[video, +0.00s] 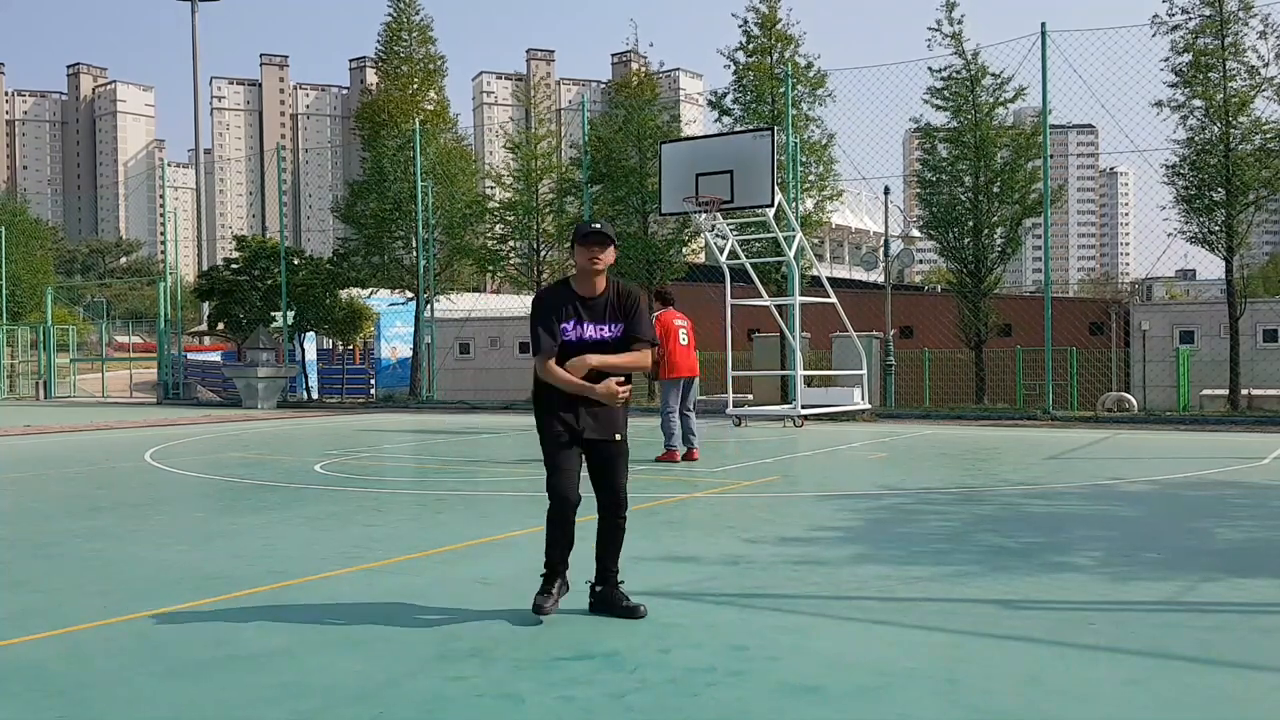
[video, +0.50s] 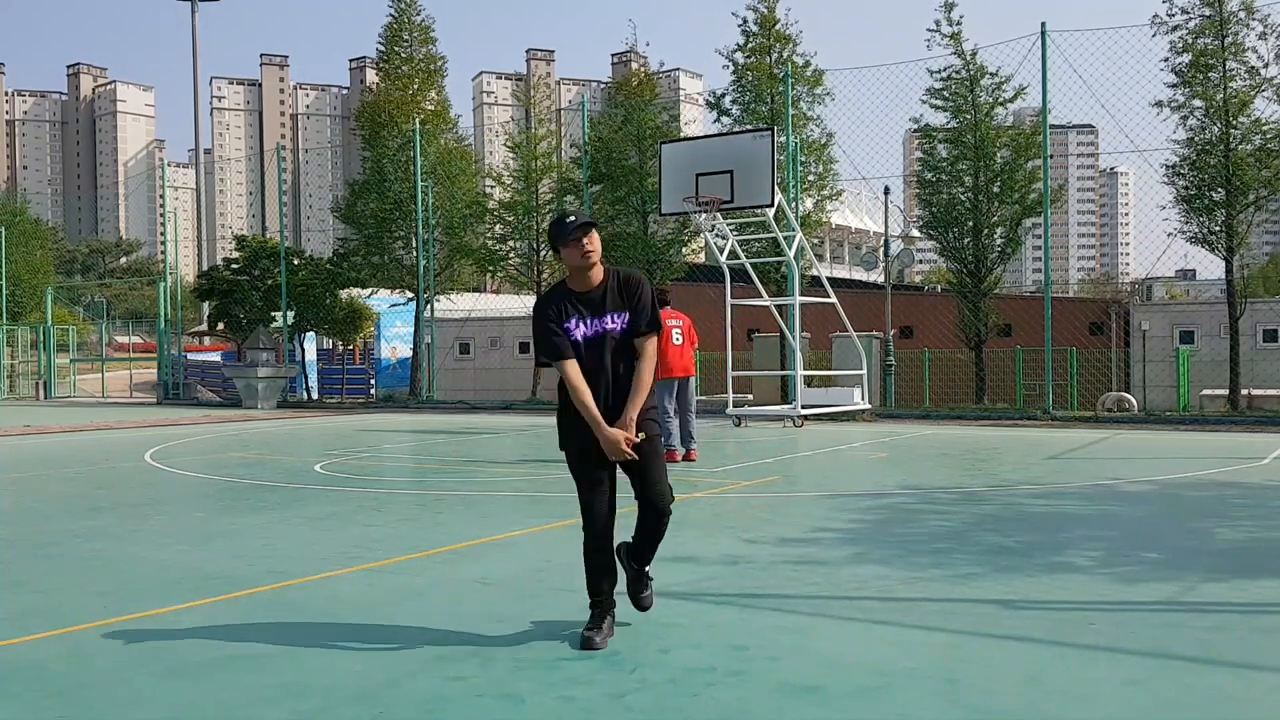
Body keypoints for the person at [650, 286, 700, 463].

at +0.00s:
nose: (653, 304)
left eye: (654, 301)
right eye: (654, 301)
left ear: (657, 302)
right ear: (671, 302)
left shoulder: (658, 318)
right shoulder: (685, 318)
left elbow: (655, 345)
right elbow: (692, 345)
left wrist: (653, 364)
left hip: (673, 367)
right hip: (692, 366)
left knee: (669, 409)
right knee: (688, 409)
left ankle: (672, 449)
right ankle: (692, 448)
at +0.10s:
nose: (653, 305)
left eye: (653, 301)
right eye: (654, 301)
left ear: (657, 302)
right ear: (671, 301)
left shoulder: (658, 317)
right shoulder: (684, 318)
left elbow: (656, 346)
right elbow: (693, 343)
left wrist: (653, 365)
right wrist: (686, 358)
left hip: (670, 366)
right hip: (691, 366)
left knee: (669, 409)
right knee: (688, 409)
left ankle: (671, 449)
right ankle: (691, 448)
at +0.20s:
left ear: (656, 302)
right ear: (671, 301)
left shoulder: (657, 318)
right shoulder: (684, 318)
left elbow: (655, 346)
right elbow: (693, 343)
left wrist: (652, 362)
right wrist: (683, 355)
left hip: (669, 366)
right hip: (689, 366)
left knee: (668, 409)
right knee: (689, 409)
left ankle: (671, 449)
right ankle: (691, 448)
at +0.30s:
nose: (652, 305)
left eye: (652, 302)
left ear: (655, 302)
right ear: (670, 301)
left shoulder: (655, 318)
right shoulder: (684, 318)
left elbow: (652, 347)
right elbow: (694, 344)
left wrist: (650, 367)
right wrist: (686, 359)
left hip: (668, 367)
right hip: (688, 367)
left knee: (667, 410)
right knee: (689, 410)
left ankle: (671, 449)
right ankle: (691, 449)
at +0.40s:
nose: (652, 307)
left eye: (652, 303)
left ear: (653, 303)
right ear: (669, 301)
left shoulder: (654, 318)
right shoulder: (684, 318)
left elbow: (648, 345)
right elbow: (694, 344)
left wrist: (647, 367)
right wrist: (685, 359)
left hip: (667, 367)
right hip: (688, 367)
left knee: (667, 410)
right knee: (688, 410)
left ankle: (671, 449)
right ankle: (691, 448)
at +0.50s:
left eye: (656, 301)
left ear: (655, 302)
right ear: (670, 301)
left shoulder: (655, 319)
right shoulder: (684, 318)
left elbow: (651, 346)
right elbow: (695, 344)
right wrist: (681, 353)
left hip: (666, 367)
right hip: (687, 366)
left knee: (667, 411)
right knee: (688, 410)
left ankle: (671, 449)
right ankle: (691, 449)